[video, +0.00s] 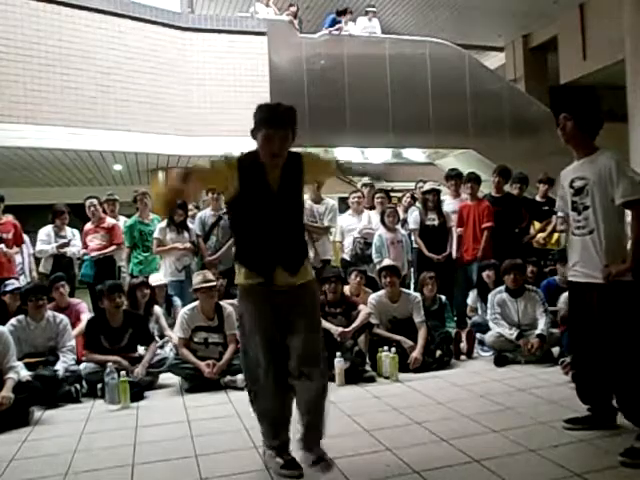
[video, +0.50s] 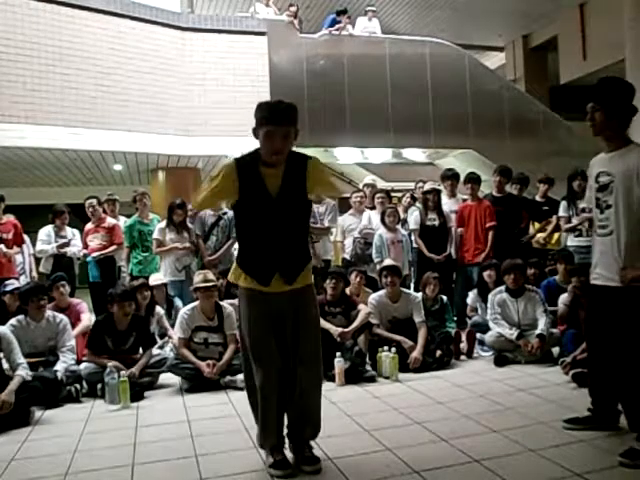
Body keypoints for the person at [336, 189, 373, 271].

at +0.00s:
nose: (356, 200)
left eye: (359, 197)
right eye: (353, 198)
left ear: (364, 200)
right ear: (348, 201)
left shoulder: (372, 216)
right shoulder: (341, 219)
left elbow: (378, 232)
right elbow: (338, 240)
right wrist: (340, 256)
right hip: (348, 254)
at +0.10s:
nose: (356, 200)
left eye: (359, 197)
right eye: (353, 198)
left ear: (364, 200)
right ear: (348, 201)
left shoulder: (371, 215)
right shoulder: (341, 219)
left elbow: (377, 232)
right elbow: (338, 240)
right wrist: (340, 256)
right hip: (348, 254)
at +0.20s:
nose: (356, 200)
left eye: (359, 197)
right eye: (353, 198)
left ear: (364, 200)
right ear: (348, 201)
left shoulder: (370, 215)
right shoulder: (341, 219)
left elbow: (376, 232)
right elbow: (338, 240)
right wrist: (340, 256)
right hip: (348, 254)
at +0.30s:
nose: (357, 200)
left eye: (360, 197)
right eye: (354, 197)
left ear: (364, 200)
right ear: (348, 201)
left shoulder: (370, 215)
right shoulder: (341, 219)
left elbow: (376, 232)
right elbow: (338, 240)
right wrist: (339, 256)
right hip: (348, 254)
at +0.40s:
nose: (357, 200)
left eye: (360, 197)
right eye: (354, 197)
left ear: (365, 200)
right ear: (349, 201)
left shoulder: (371, 215)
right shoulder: (341, 219)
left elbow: (377, 233)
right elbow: (339, 240)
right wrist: (340, 256)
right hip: (349, 254)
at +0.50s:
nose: (359, 200)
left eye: (362, 197)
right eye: (356, 197)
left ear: (366, 200)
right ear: (350, 201)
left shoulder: (371, 216)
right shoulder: (343, 219)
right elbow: (339, 240)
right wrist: (341, 256)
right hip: (349, 255)